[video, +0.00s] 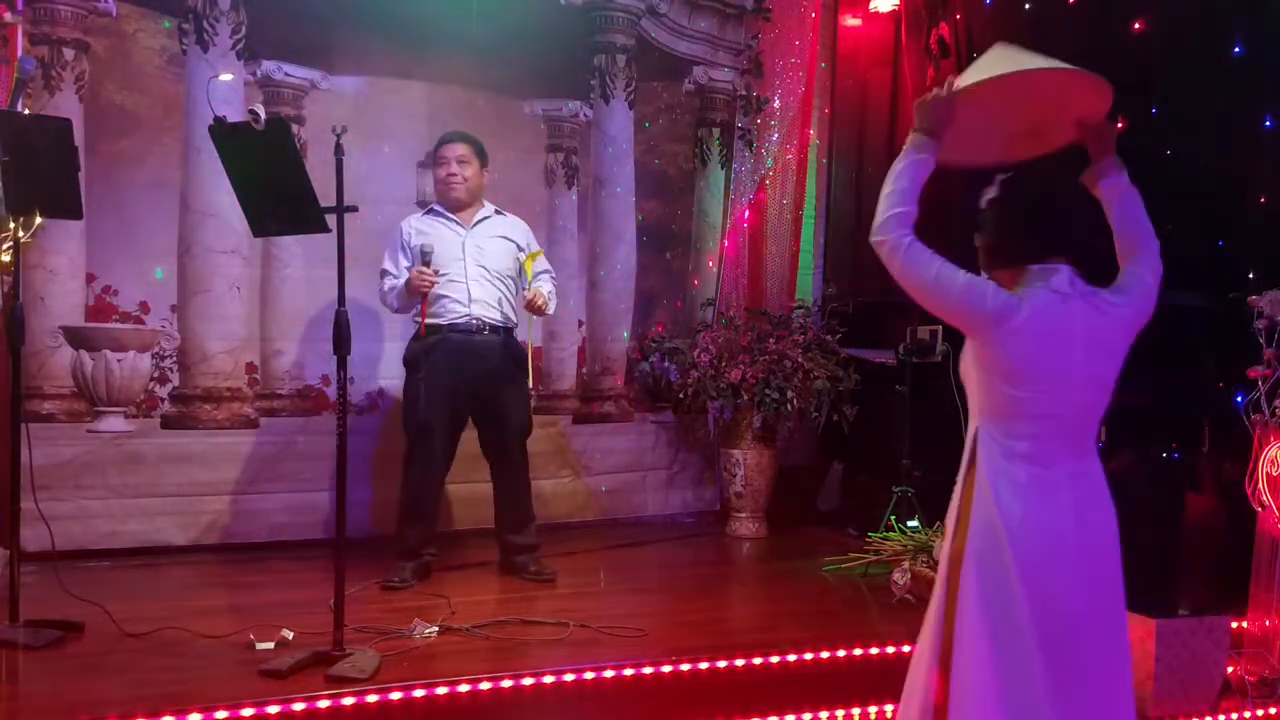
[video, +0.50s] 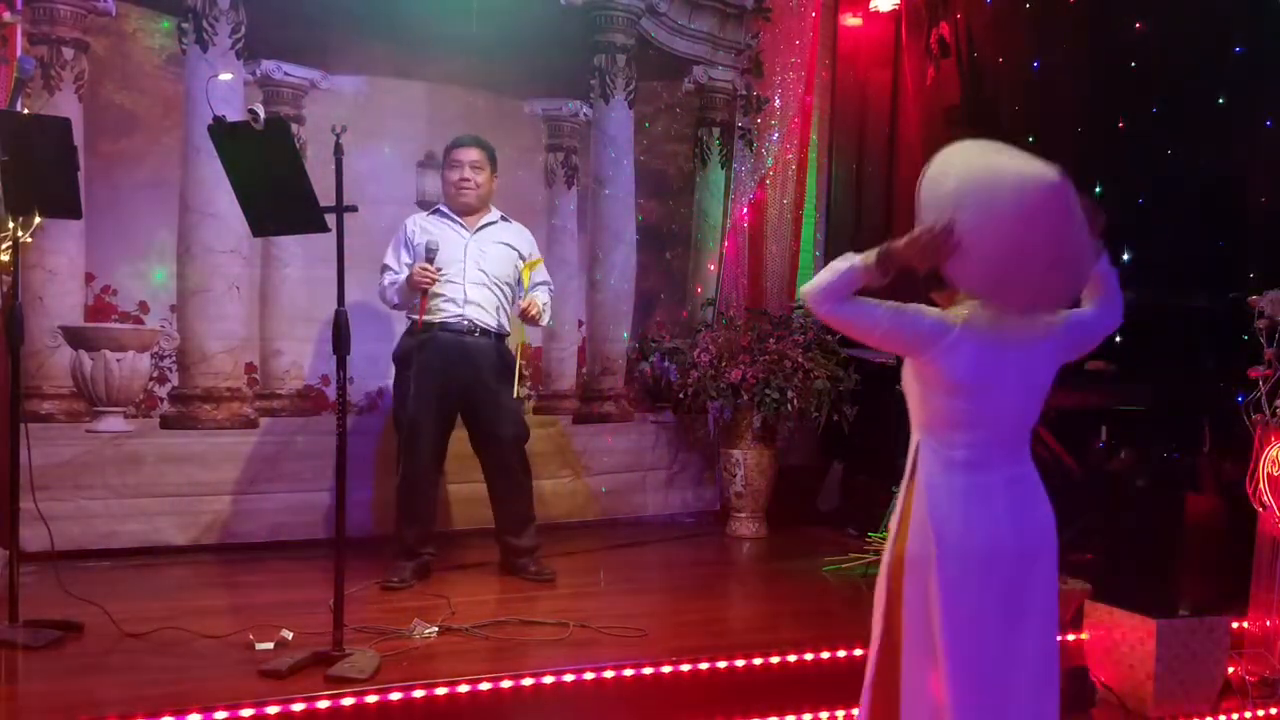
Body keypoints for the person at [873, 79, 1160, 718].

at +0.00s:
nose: (980, 239)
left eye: (987, 225)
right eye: (983, 223)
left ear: (1011, 238)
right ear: (1073, 235)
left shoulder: (993, 311)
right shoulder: (1115, 313)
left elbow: (892, 236)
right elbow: (1143, 256)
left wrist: (921, 141)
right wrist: (1109, 169)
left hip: (1003, 503)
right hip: (1084, 498)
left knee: (997, 659)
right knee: (1082, 660)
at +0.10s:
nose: (963, 243)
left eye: (971, 229)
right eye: (966, 227)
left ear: (994, 241)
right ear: (1052, 237)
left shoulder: (977, 315)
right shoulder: (1098, 315)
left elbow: (876, 242)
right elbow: (1144, 258)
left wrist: (918, 149)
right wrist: (1113, 166)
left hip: (994, 500)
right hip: (1073, 494)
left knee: (989, 658)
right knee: (1072, 657)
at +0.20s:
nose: (948, 249)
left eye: (955, 235)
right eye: (951, 235)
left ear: (973, 246)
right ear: (1044, 242)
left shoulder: (964, 318)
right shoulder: (1086, 320)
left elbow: (861, 249)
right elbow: (1142, 269)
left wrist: (918, 166)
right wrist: (1116, 179)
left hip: (978, 495)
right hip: (1057, 492)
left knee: (974, 649)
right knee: (1056, 651)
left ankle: (973, 719)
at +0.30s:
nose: (940, 260)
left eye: (947, 246)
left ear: (963, 254)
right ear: (1035, 254)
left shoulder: (956, 323)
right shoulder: (1072, 323)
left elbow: (847, 261)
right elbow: (1135, 280)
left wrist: (913, 196)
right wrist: (1115, 211)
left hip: (964, 499)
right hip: (1043, 496)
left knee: (959, 645)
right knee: (1040, 650)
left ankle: (958, 719)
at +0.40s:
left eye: (938, 264)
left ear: (951, 270)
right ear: (1014, 261)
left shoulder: (945, 329)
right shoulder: (1059, 330)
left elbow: (833, 279)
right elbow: (1122, 296)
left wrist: (903, 228)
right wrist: (1103, 220)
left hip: (953, 506)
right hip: (1031, 502)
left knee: (952, 646)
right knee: (1028, 648)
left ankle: (950, 717)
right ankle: (1026, 719)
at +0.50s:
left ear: (955, 259)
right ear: (1034, 259)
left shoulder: (931, 332)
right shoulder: (1047, 336)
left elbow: (820, 295)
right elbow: (1105, 308)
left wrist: (885, 257)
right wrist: (1092, 243)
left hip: (939, 506)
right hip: (1019, 503)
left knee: (934, 647)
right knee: (1014, 650)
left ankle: (932, 719)